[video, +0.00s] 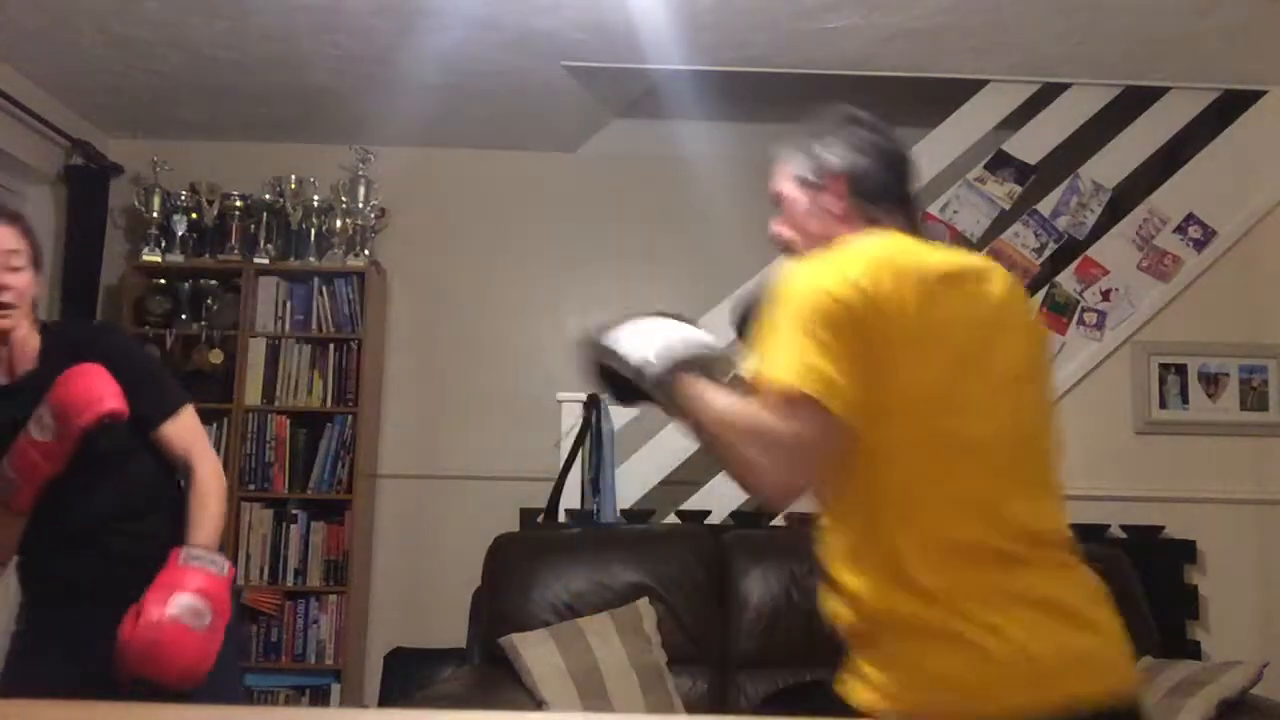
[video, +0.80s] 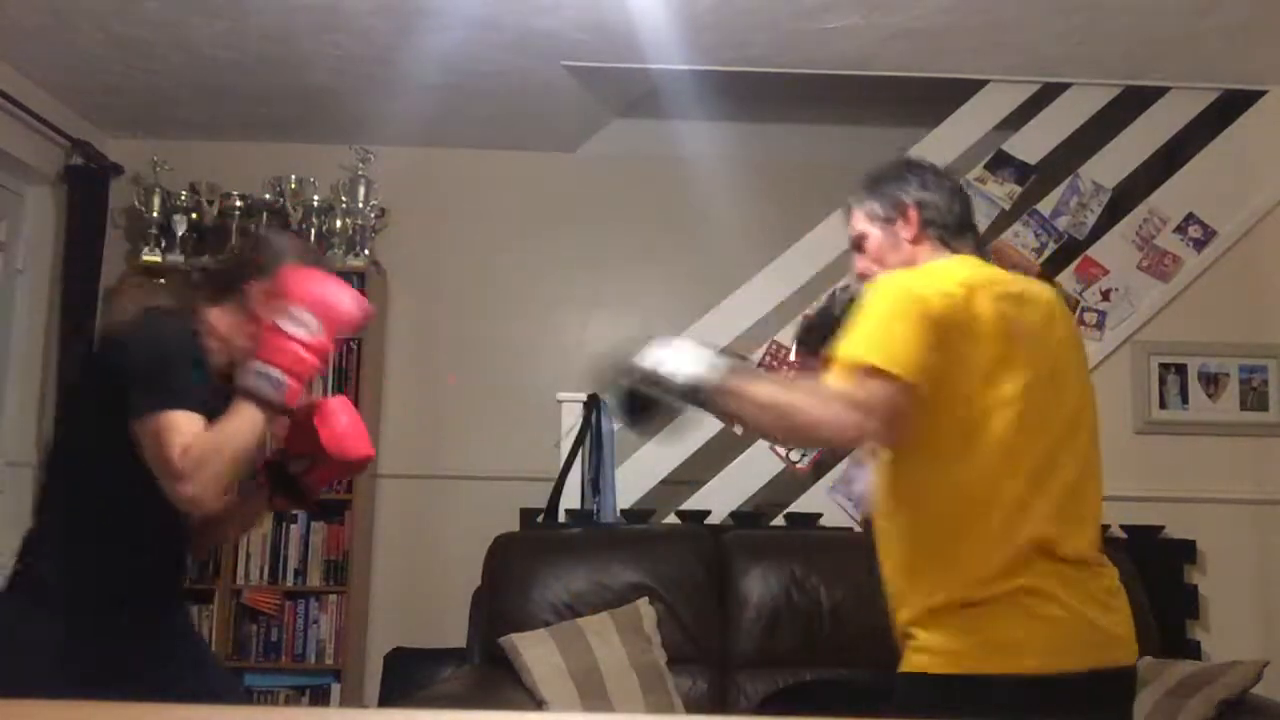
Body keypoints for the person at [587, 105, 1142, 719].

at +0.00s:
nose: (777, 230)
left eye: (782, 204)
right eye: (774, 209)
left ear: (832, 192)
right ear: (899, 200)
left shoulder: (828, 279)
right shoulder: (1001, 286)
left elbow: (780, 468)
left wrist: (675, 377)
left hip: (931, 683)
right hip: (1085, 667)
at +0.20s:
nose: (822, 208)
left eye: (828, 180)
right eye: (819, 188)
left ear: (878, 164)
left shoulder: (878, 252)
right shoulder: (1044, 249)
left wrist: (730, 389)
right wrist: (887, 450)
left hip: (976, 654)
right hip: (1134, 650)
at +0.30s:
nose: (818, 214)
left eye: (825, 187)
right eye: (818, 192)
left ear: (874, 171)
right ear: (938, 170)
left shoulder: (870, 255)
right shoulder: (1043, 251)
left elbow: (702, 350)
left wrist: (583, 288)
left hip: (967, 659)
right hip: (1127, 656)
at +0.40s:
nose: (814, 230)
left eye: (817, 208)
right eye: (813, 212)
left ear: (864, 190)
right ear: (922, 190)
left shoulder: (858, 279)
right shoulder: (1040, 285)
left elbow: (644, 307)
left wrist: (472, 269)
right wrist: (824, 360)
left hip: (974, 677)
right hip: (1123, 664)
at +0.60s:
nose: (809, 226)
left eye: (811, 206)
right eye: (806, 209)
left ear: (859, 187)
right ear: (908, 184)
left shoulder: (846, 267)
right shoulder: (1039, 276)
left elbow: (645, 315)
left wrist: (461, 291)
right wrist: (833, 361)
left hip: (966, 662)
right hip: (1114, 654)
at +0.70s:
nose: (826, 243)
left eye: (831, 222)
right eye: (825, 225)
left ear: (881, 208)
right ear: (913, 208)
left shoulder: (861, 285)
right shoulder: (1045, 297)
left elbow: (695, 345)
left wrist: (533, 314)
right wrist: (808, 369)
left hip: (959, 667)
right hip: (1102, 665)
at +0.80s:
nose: (859, 265)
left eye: (862, 244)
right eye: (854, 250)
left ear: (908, 223)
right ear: (931, 225)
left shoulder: (911, 292)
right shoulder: (1045, 302)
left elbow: (856, 414)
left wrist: (709, 377)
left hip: (978, 668)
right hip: (1098, 664)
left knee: (783, 704)